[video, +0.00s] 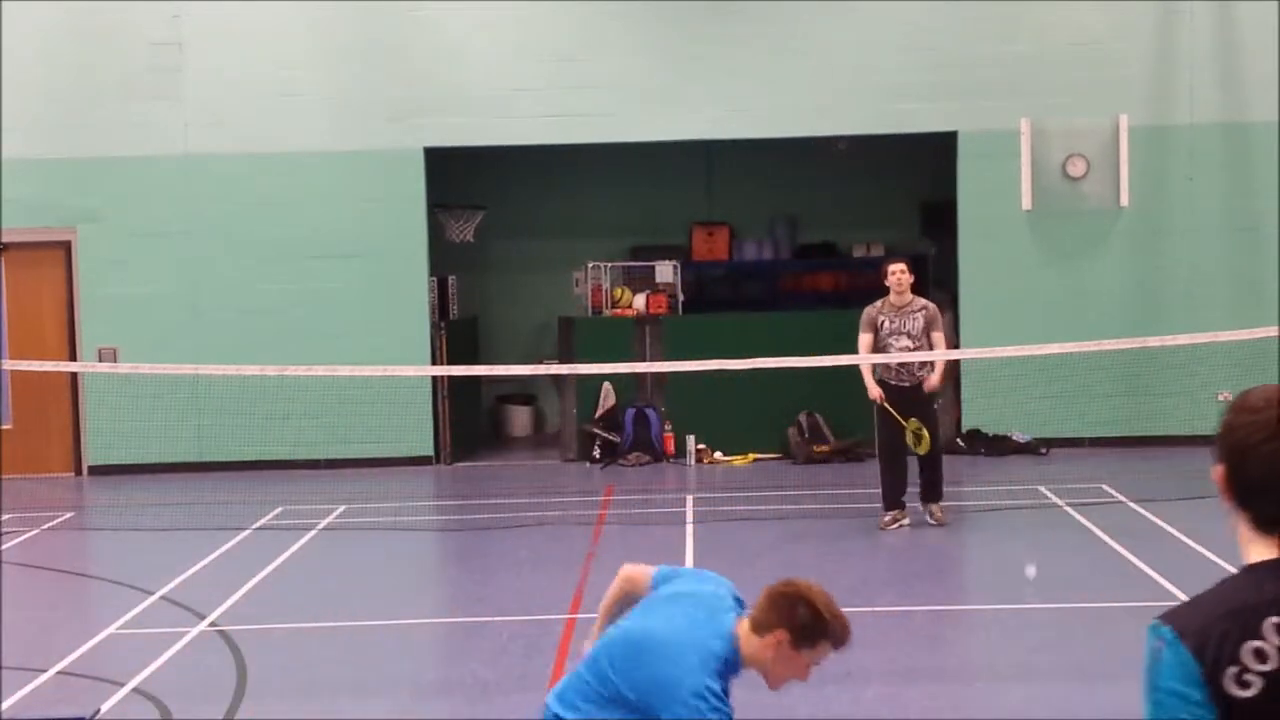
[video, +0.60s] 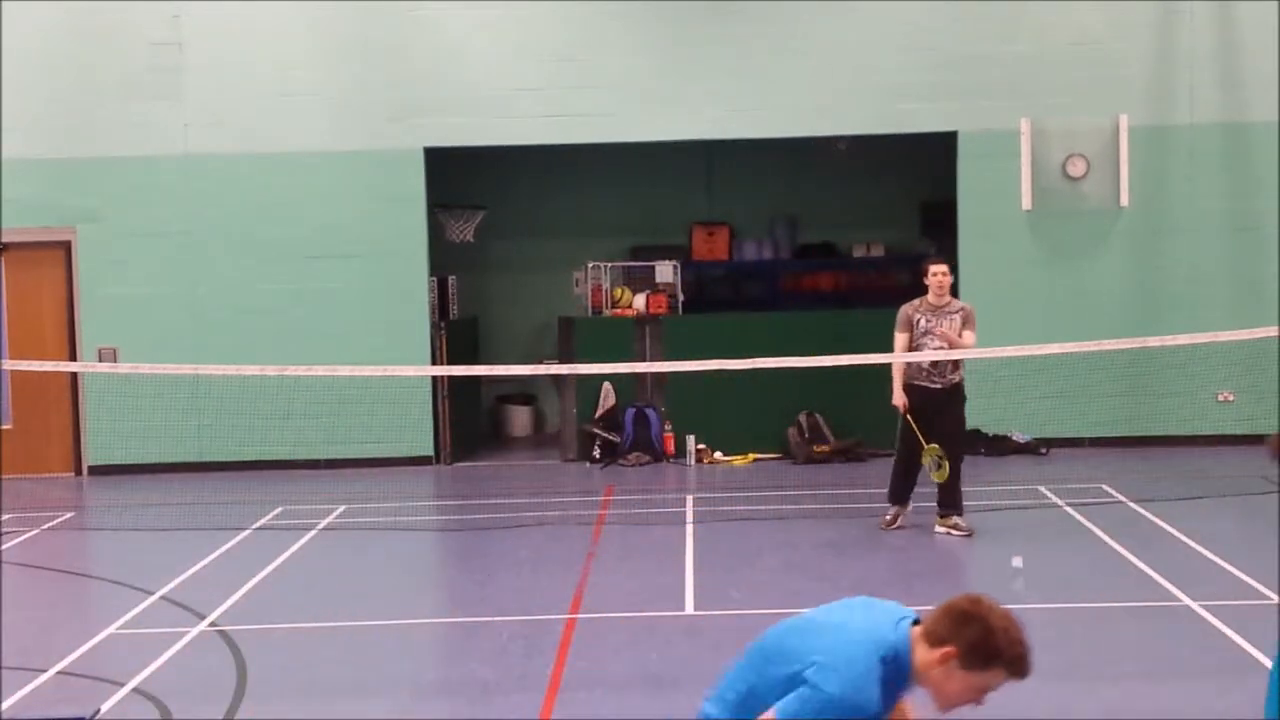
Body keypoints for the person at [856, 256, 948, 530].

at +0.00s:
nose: (898, 277)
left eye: (902, 273)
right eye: (893, 274)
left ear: (911, 278)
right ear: (886, 280)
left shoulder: (928, 309)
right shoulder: (873, 313)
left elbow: (939, 347)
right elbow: (864, 352)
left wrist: (937, 374)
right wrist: (870, 383)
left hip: (921, 387)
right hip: (888, 389)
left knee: (930, 447)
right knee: (889, 449)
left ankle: (932, 502)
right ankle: (894, 508)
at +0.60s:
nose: (940, 279)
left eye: (944, 274)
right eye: (935, 275)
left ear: (951, 279)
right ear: (925, 280)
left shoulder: (964, 311)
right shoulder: (909, 311)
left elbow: (969, 345)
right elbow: (899, 353)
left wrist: (952, 338)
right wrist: (897, 389)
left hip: (950, 390)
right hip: (916, 389)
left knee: (951, 451)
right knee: (908, 449)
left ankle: (948, 515)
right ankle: (898, 506)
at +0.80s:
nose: (950, 280)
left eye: (954, 274)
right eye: (944, 275)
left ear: (963, 278)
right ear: (937, 280)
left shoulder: (979, 312)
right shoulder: (923, 312)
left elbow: (985, 347)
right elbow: (912, 354)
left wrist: (958, 340)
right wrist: (907, 390)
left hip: (964, 390)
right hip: (931, 389)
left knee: (959, 454)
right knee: (935, 452)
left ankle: (950, 516)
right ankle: (923, 512)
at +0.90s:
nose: (953, 281)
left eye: (957, 275)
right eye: (947, 277)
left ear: (967, 278)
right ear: (941, 281)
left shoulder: (983, 312)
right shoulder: (928, 313)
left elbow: (991, 350)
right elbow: (917, 355)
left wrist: (973, 360)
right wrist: (913, 393)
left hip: (969, 389)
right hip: (937, 388)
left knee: (964, 453)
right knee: (944, 452)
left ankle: (957, 515)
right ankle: (943, 516)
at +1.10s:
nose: (959, 285)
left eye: (964, 279)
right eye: (954, 281)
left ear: (973, 281)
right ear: (947, 285)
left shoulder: (991, 316)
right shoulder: (935, 319)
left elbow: (999, 358)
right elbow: (927, 362)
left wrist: (997, 393)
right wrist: (926, 401)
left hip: (980, 394)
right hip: (949, 394)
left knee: (971, 456)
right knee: (961, 457)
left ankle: (948, 512)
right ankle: (976, 519)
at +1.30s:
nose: (967, 286)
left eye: (970, 280)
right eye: (961, 282)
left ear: (979, 281)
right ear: (953, 286)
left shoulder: (997, 314)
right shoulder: (942, 321)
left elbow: (1007, 357)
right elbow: (939, 366)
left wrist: (1017, 395)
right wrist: (939, 406)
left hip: (992, 394)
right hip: (961, 396)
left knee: (994, 454)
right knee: (967, 457)